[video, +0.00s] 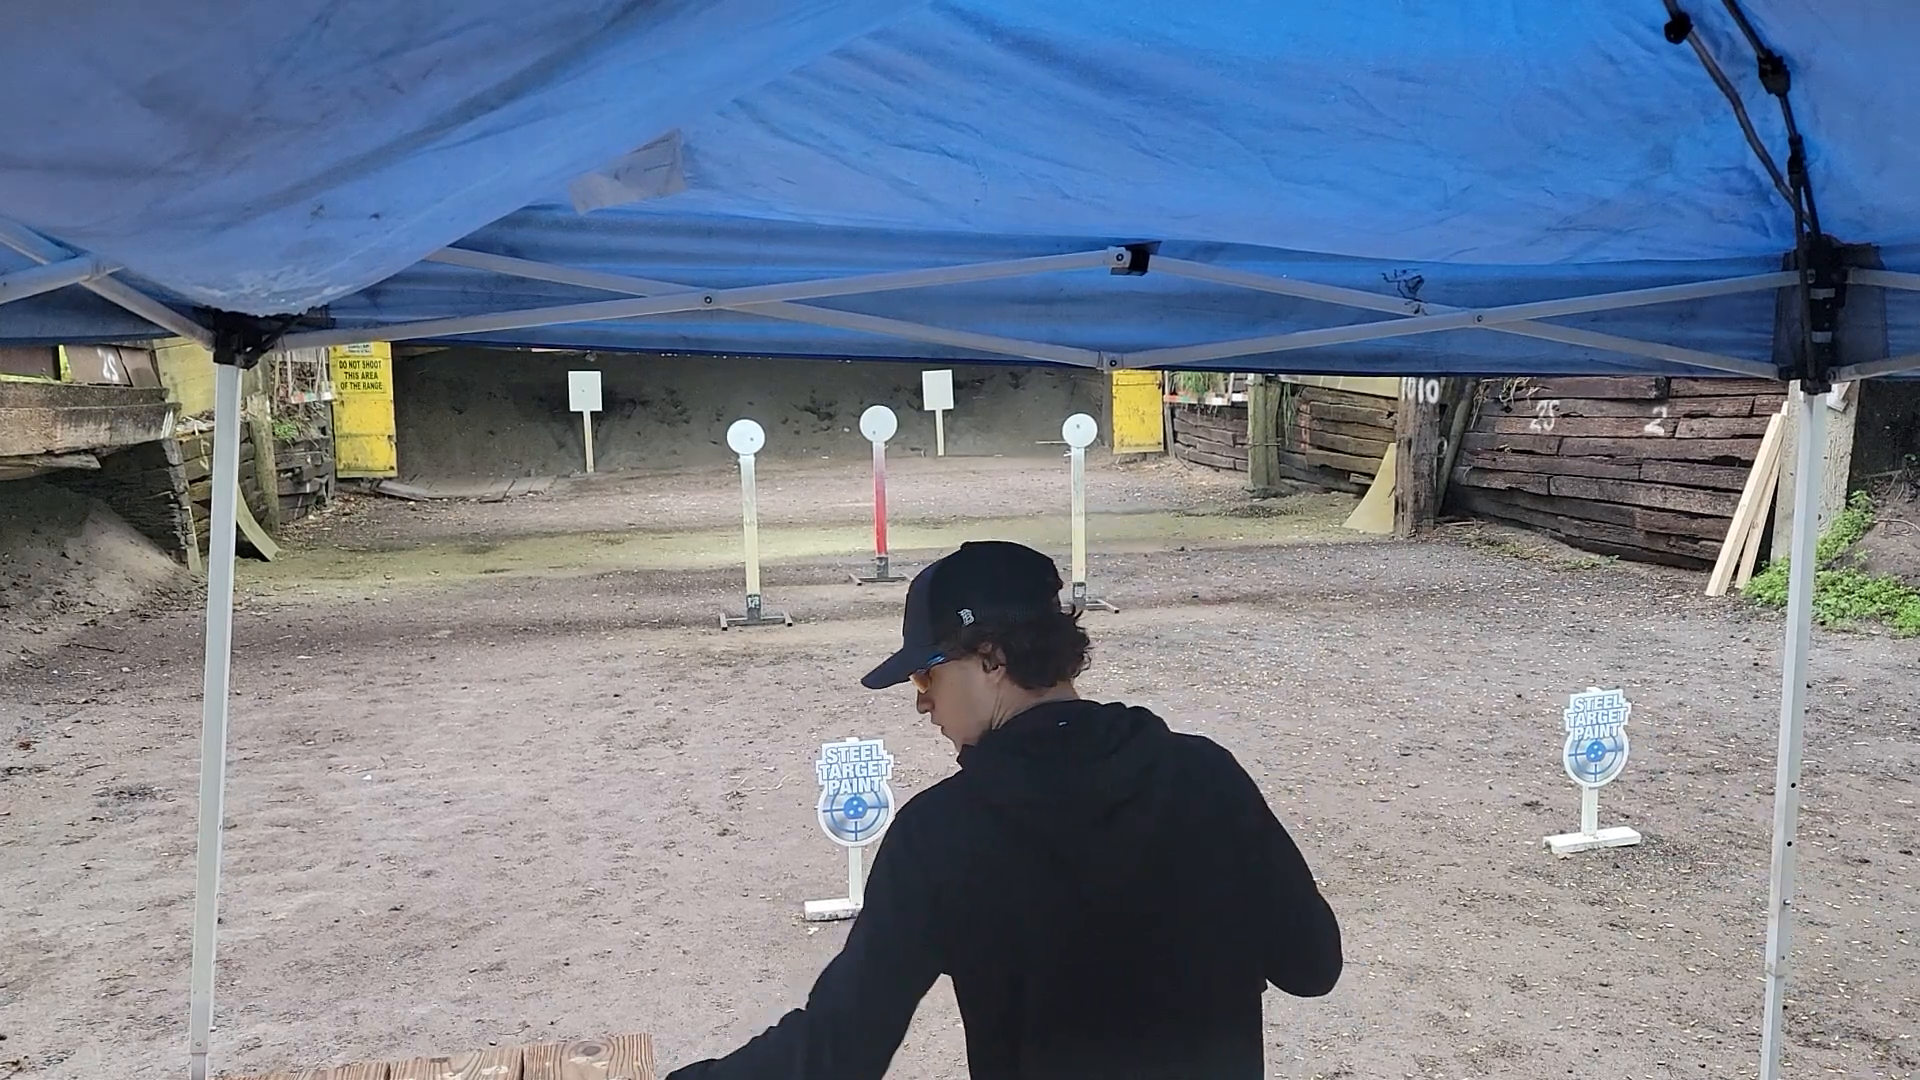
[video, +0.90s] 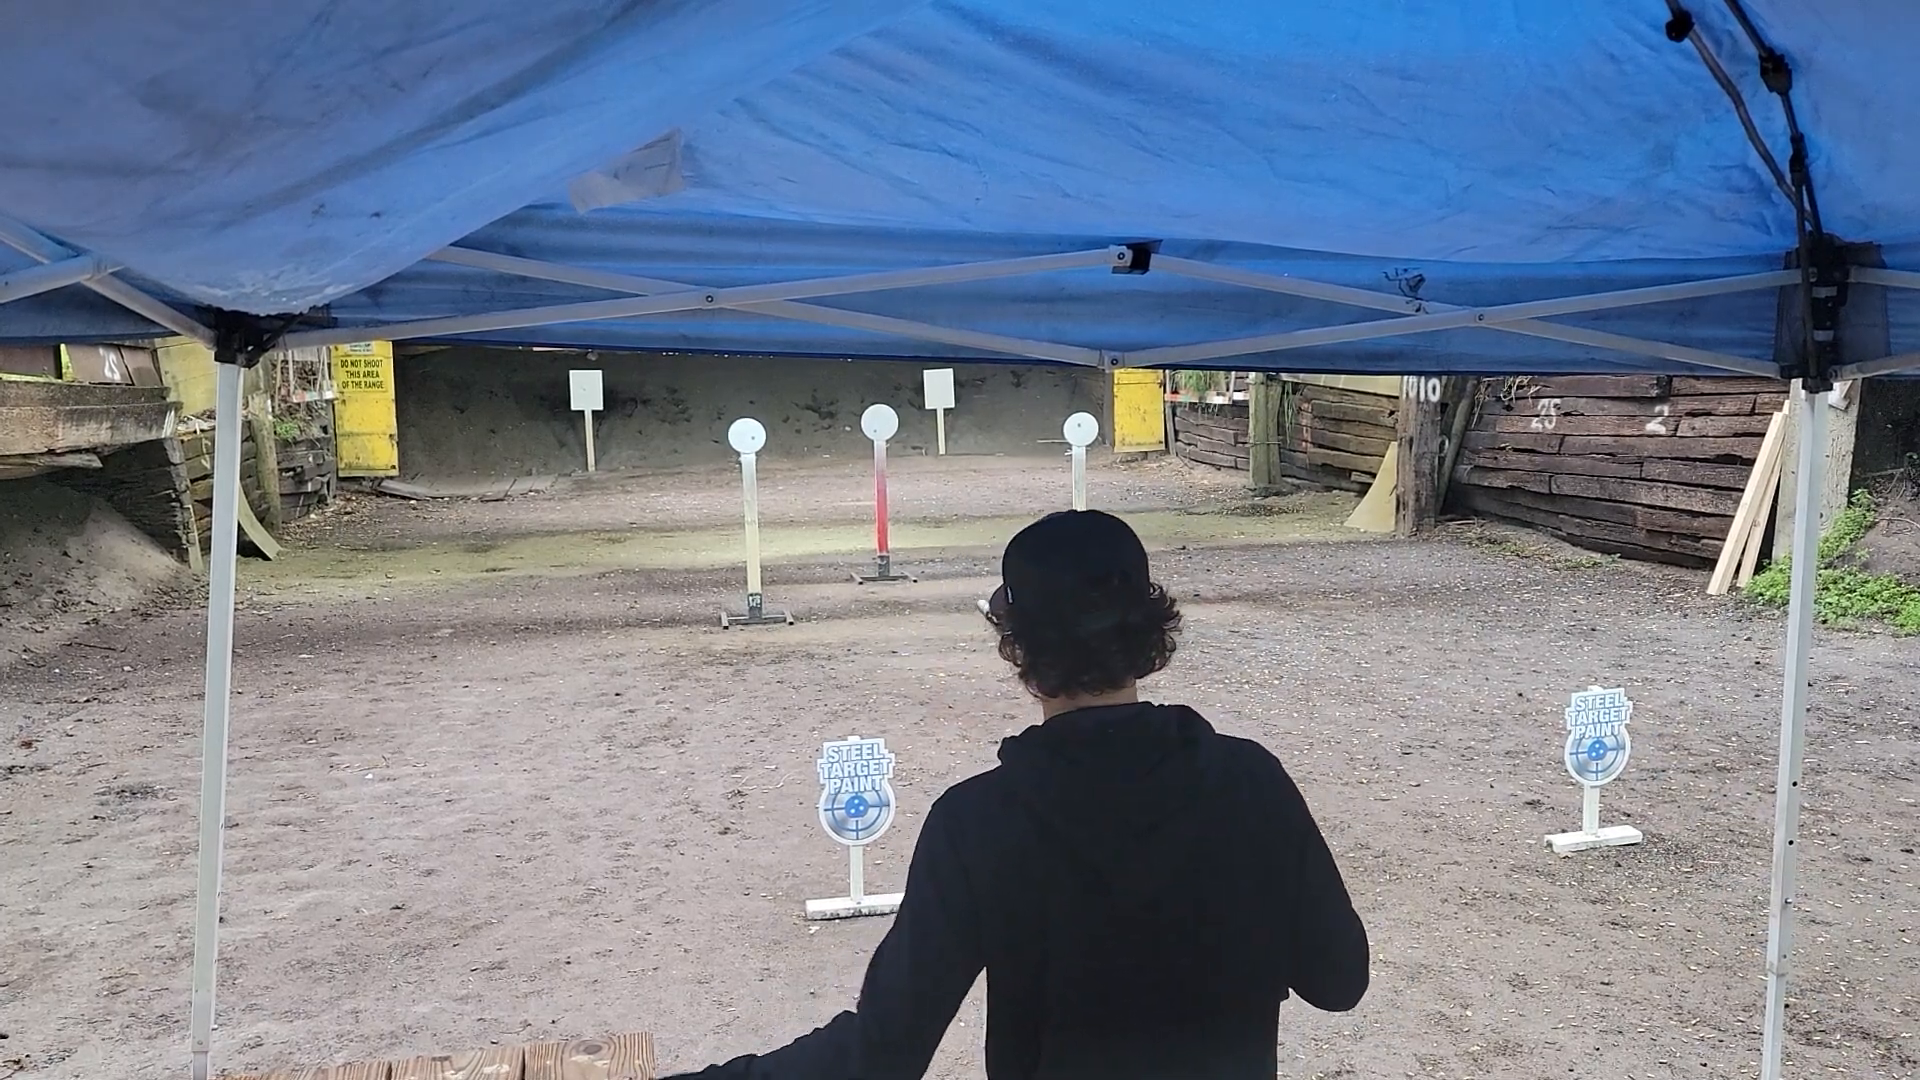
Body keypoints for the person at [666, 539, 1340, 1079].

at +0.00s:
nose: (922, 705)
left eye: (927, 677)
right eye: (918, 682)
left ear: (989, 661)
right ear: (1054, 651)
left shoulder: (944, 827)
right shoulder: (1206, 775)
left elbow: (839, 1046)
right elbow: (1315, 964)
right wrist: (1191, 896)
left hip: (1031, 1069)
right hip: (1213, 1071)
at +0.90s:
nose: (1001, 640)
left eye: (1003, 621)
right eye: (1004, 619)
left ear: (1019, 641)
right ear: (1150, 627)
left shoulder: (978, 822)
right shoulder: (1251, 785)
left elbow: (884, 1044)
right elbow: (1340, 978)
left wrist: (695, 1079)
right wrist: (1226, 889)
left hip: (1050, 1068)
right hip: (1227, 1068)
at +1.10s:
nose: (1022, 636)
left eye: (1023, 617)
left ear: (1032, 638)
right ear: (1166, 623)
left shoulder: (992, 821)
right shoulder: (1265, 788)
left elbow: (941, 1054)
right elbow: (1347, 988)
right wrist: (1221, 900)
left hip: (1058, 1072)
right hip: (1236, 1073)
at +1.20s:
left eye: (1034, 622)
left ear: (1043, 642)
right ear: (1178, 621)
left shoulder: (992, 821)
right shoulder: (1277, 793)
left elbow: (950, 1057)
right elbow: (1356, 994)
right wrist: (1236, 908)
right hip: (1235, 1071)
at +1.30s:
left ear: (1053, 645)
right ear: (1190, 624)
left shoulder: (994, 814)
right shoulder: (1285, 797)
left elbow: (960, 1030)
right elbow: (1365, 1000)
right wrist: (1241, 928)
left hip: (1061, 1070)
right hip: (1242, 1068)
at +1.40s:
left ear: (1062, 642)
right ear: (1201, 620)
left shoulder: (1000, 806)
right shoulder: (1294, 803)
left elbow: (982, 1004)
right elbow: (1376, 1005)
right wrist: (1251, 930)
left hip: (1055, 1068)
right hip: (1245, 1067)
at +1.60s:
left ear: (1080, 642)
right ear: (1218, 623)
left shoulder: (1012, 795)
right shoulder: (1311, 809)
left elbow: (1003, 991)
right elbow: (1392, 1014)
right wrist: (1268, 941)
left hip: (1058, 1072)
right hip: (1256, 1070)